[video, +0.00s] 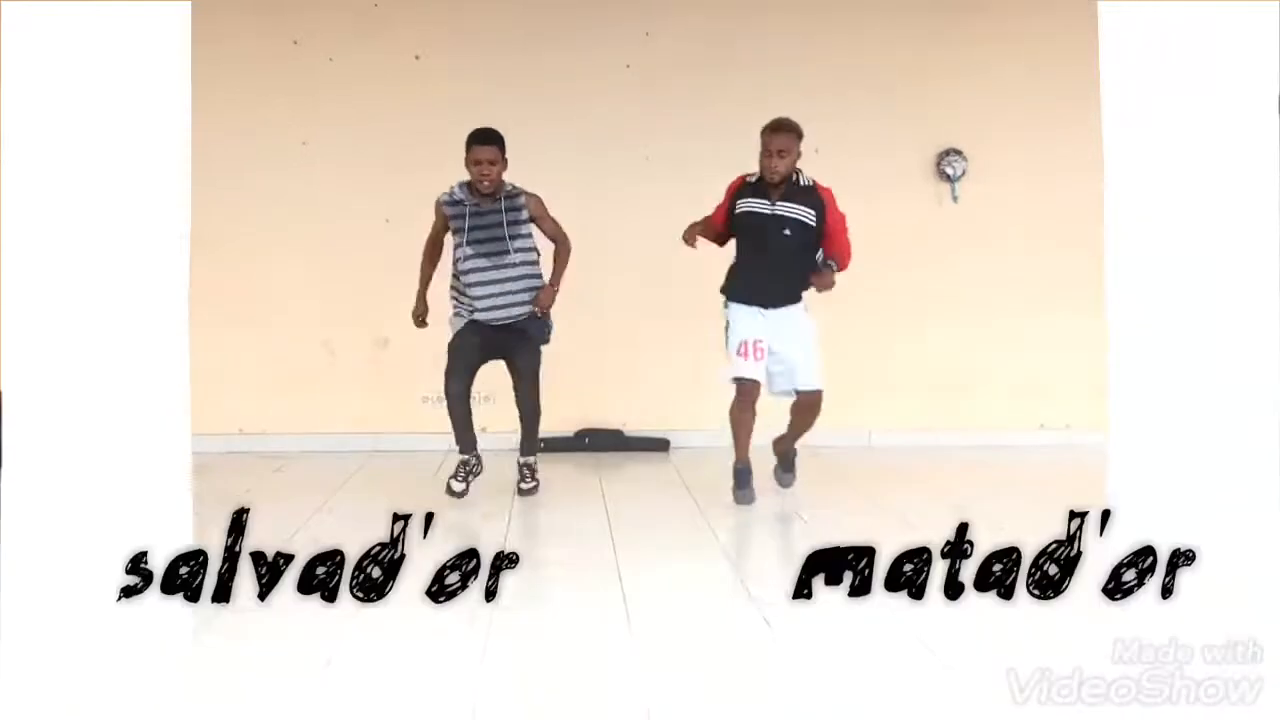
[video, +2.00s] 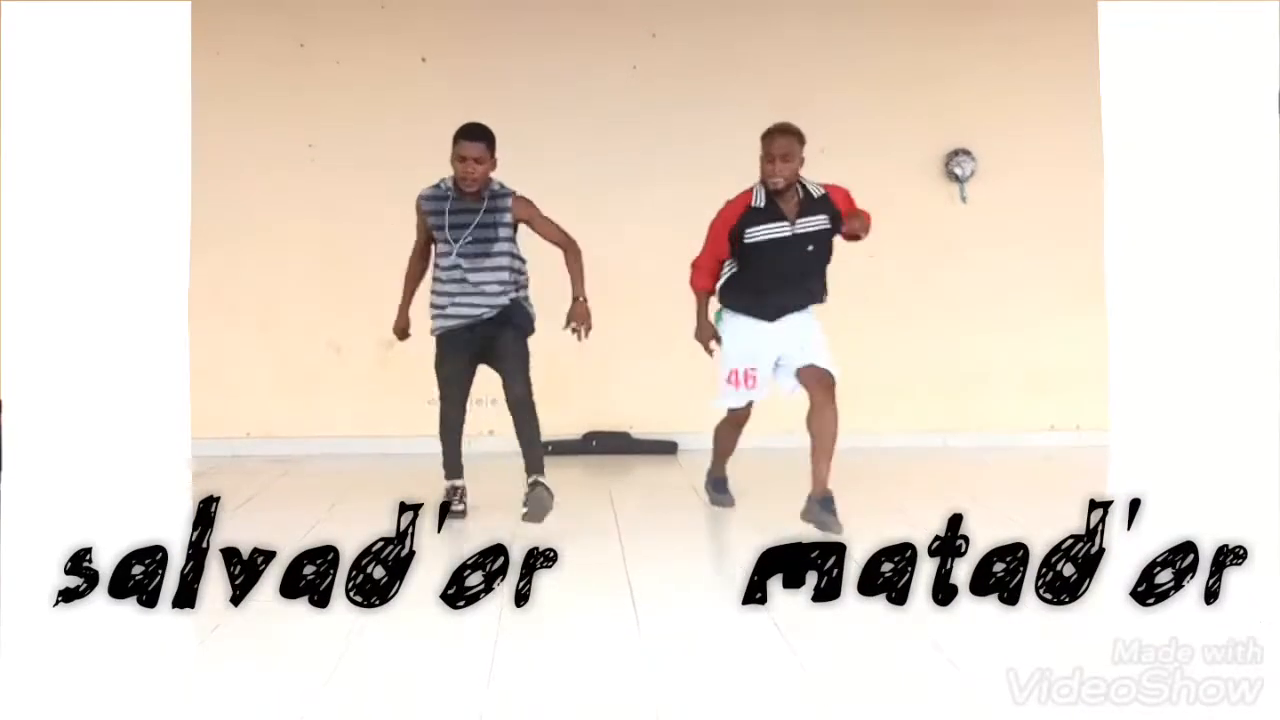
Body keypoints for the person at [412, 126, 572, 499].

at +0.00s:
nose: (484, 170)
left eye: (492, 163)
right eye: (476, 163)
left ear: (504, 163)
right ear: (466, 164)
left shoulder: (526, 202)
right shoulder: (449, 206)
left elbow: (562, 242)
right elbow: (434, 244)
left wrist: (552, 287)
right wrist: (421, 295)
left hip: (522, 321)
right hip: (473, 323)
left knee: (527, 396)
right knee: (455, 389)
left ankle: (528, 462)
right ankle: (469, 458)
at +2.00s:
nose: (469, 169)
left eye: (478, 161)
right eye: (462, 160)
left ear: (493, 163)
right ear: (451, 159)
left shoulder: (512, 205)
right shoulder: (430, 202)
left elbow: (569, 245)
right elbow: (422, 252)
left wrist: (579, 300)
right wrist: (404, 308)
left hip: (504, 319)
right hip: (453, 324)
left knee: (519, 395)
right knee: (451, 405)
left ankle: (536, 482)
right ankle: (454, 486)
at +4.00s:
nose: (412, 168)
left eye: (422, 162)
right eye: (405, 159)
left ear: (436, 166)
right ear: (393, 160)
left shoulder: (452, 206)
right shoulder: (376, 190)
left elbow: (469, 270)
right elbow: (412, 219)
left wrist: (465, 323)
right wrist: (476, 200)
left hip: (457, 335)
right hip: (405, 340)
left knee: (473, 417)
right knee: (383, 422)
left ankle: (484, 509)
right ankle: (393, 511)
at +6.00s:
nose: (455, 180)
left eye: (464, 173)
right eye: (447, 171)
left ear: (477, 173)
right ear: (436, 170)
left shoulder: (496, 209)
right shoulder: (424, 212)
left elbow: (536, 262)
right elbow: (418, 263)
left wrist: (525, 314)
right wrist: (398, 317)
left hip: (515, 322)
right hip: (472, 327)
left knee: (517, 403)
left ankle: (520, 485)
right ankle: (477, 486)